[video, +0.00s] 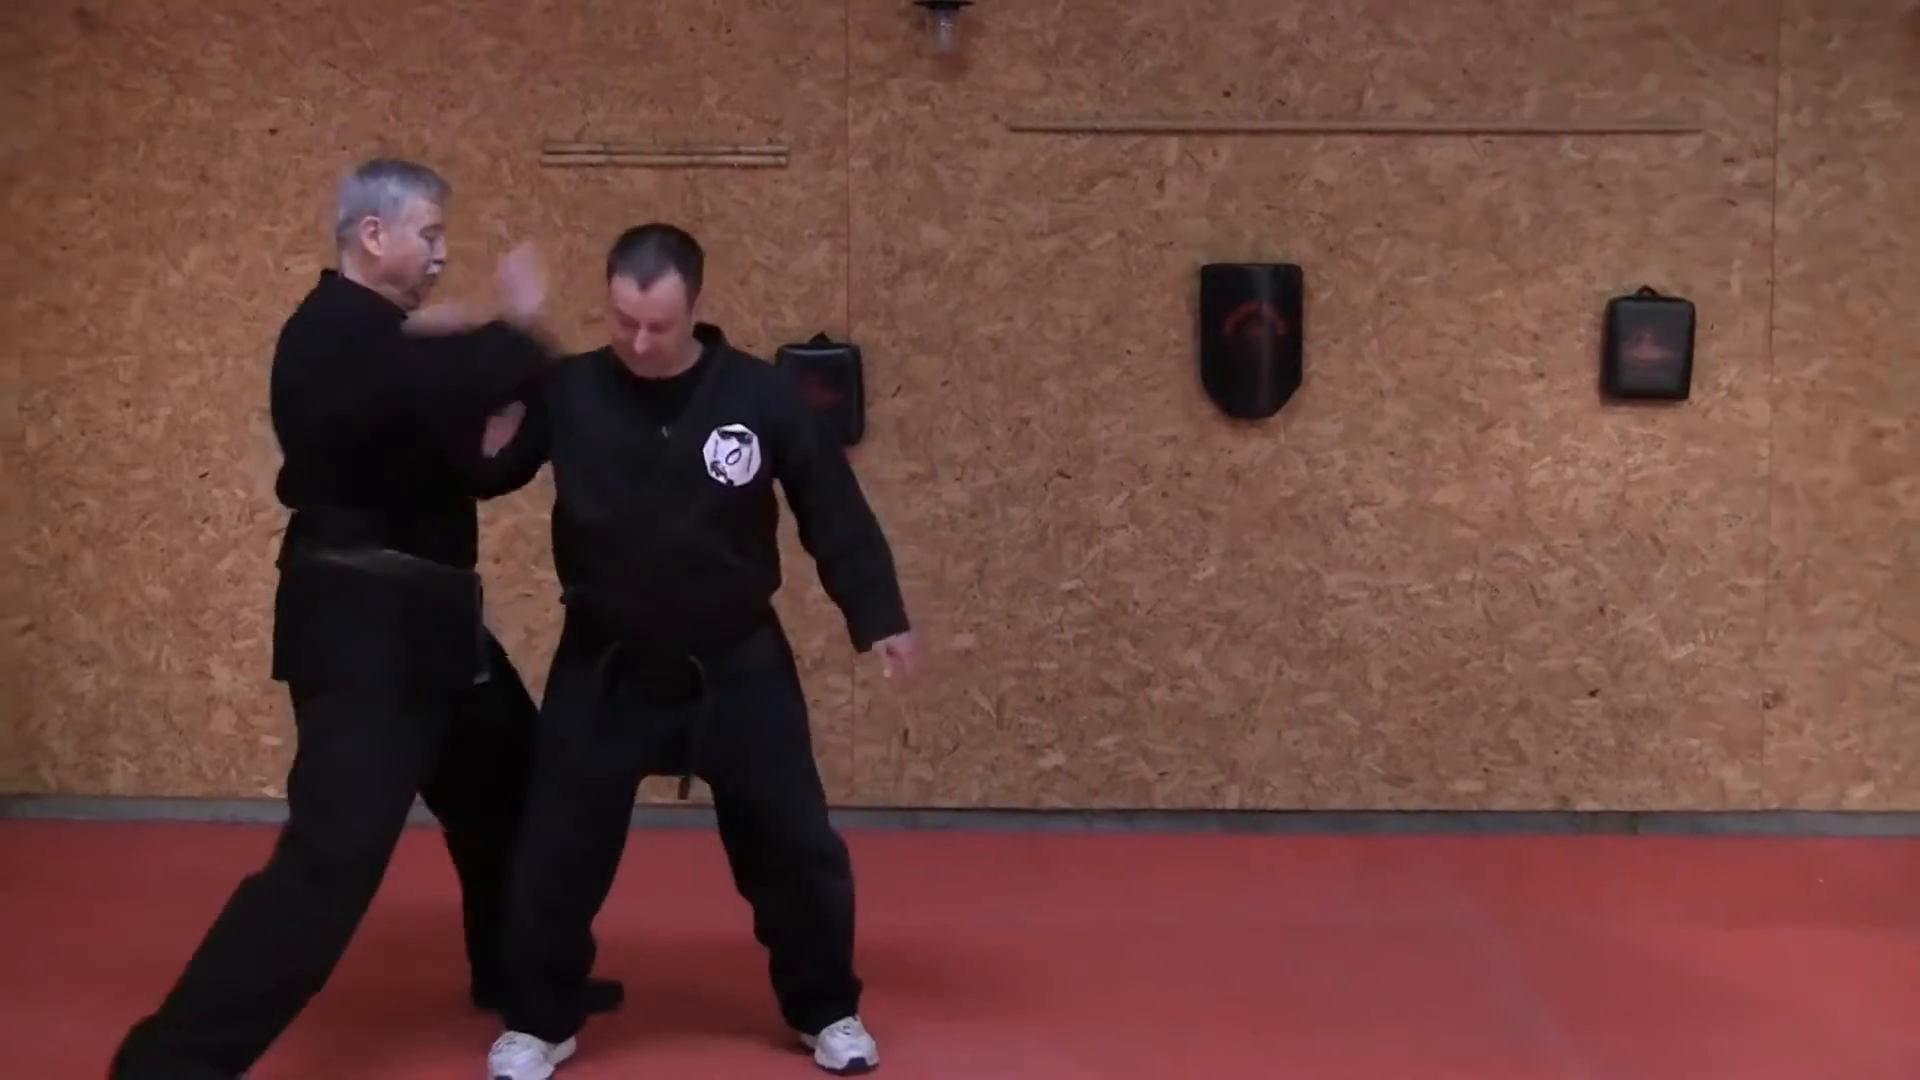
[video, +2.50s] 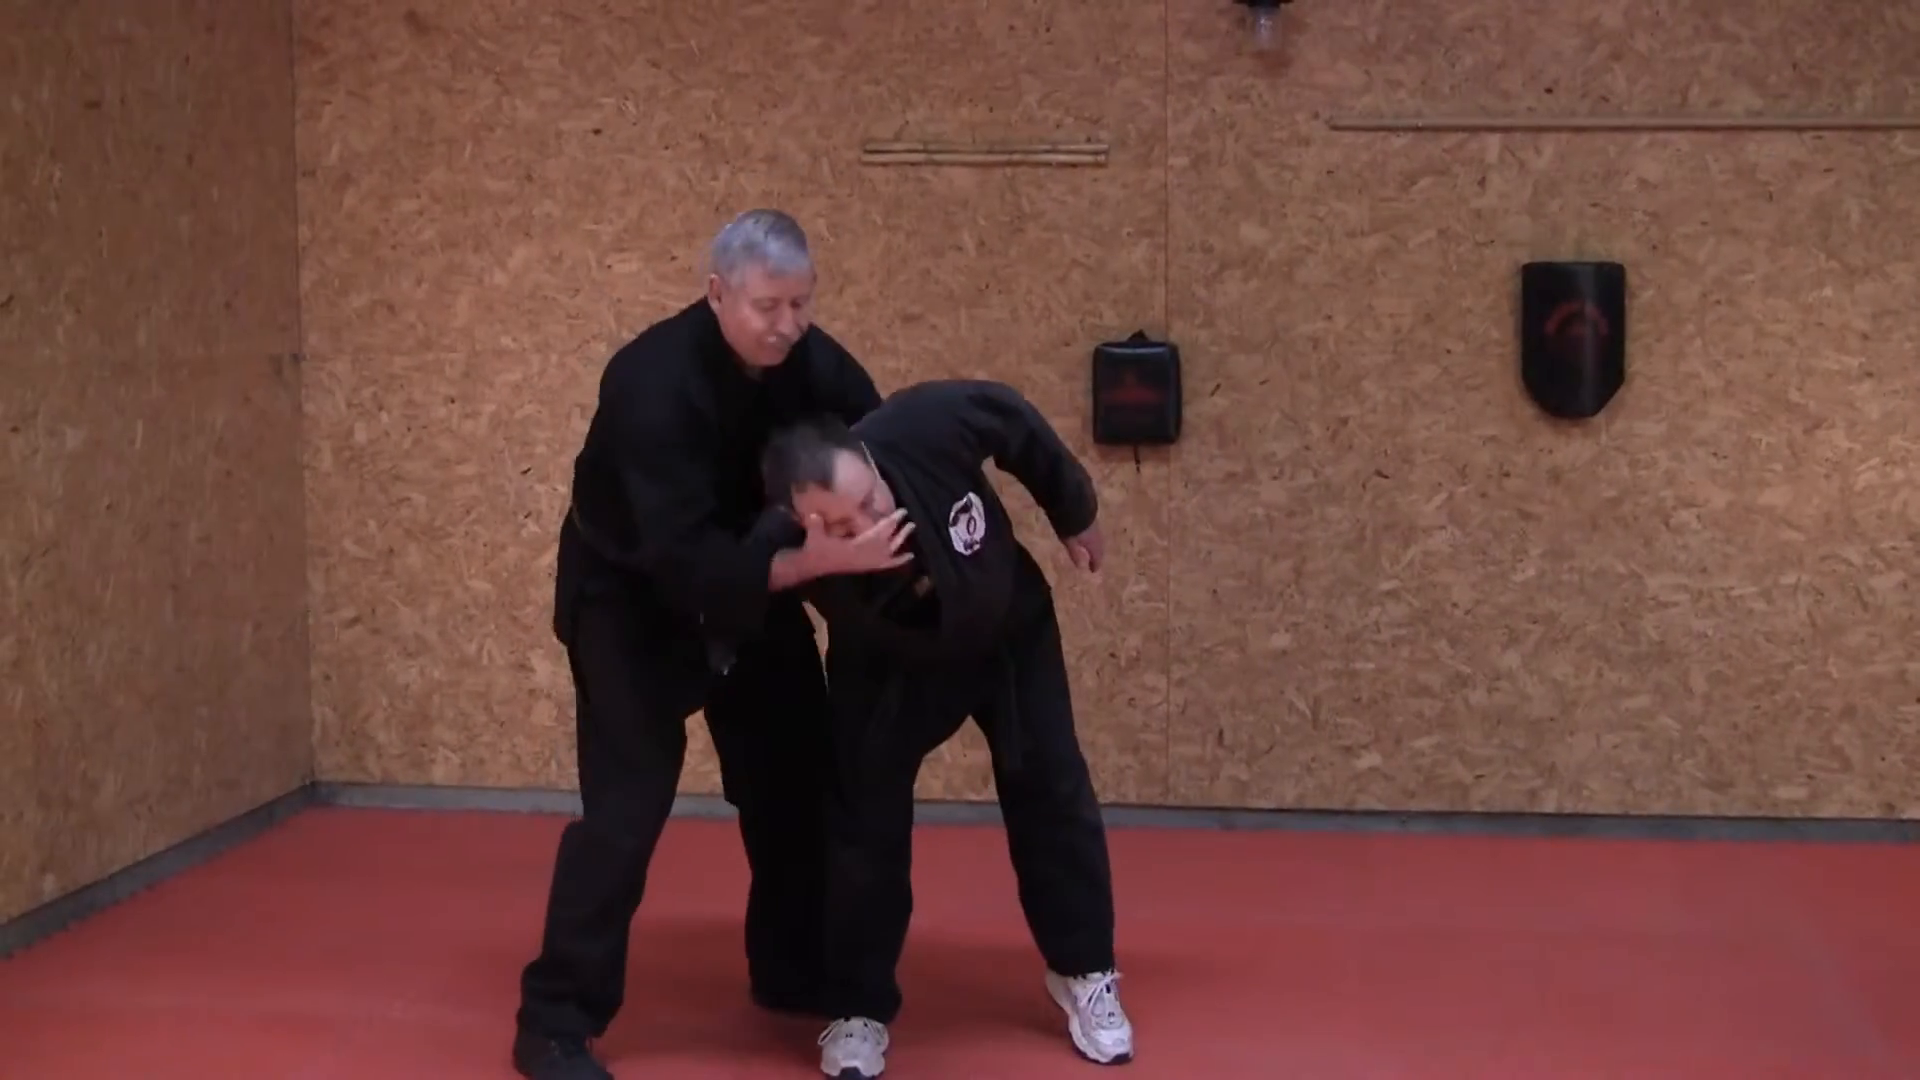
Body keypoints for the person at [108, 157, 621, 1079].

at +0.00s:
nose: (442, 253)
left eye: (443, 236)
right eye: (429, 234)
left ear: (375, 240)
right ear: (369, 235)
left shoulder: (394, 339)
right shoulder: (334, 330)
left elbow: (470, 466)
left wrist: (500, 430)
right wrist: (513, 329)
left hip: (427, 617)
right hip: (360, 618)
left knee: (512, 784)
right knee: (331, 862)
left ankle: (521, 978)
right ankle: (170, 1060)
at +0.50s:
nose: (538, 237)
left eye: (538, 222)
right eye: (525, 220)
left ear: (472, 219)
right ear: (466, 217)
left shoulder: (491, 302)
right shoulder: (432, 280)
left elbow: (560, 431)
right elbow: (567, 319)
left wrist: (588, 315)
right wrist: (699, 303)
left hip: (489, 607)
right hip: (419, 602)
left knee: (590, 762)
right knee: (358, 848)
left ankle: (528, 992)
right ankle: (230, 1061)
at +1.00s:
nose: (746, 299)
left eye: (754, 280)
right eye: (747, 275)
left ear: (689, 245)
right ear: (702, 249)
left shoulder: (620, 308)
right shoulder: (628, 293)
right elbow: (617, 392)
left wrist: (675, 482)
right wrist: (751, 406)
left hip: (538, 560)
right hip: (559, 557)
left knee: (628, 773)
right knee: (678, 754)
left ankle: (641, 1009)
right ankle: (463, 903)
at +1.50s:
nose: (783, 303)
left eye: (790, 285)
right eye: (779, 280)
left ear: (727, 263)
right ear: (728, 257)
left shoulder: (690, 340)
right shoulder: (664, 322)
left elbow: (692, 528)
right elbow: (700, 468)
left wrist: (800, 498)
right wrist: (826, 461)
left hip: (628, 608)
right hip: (554, 606)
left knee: (719, 785)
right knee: (586, 843)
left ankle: (750, 977)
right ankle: (482, 1057)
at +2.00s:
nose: (785, 329)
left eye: (795, 311)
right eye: (768, 309)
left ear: (804, 300)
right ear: (713, 286)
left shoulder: (803, 362)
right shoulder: (635, 350)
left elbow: (889, 455)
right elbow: (649, 501)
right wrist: (776, 512)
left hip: (738, 585)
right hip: (613, 587)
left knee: (798, 774)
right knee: (586, 802)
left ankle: (794, 976)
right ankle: (552, 1027)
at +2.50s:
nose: (788, 325)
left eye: (800, 305)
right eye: (767, 305)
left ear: (812, 299)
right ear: (715, 292)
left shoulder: (825, 374)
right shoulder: (651, 382)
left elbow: (886, 479)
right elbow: (676, 562)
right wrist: (814, 560)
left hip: (754, 596)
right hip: (630, 602)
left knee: (798, 780)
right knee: (629, 800)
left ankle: (795, 973)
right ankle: (558, 1029)